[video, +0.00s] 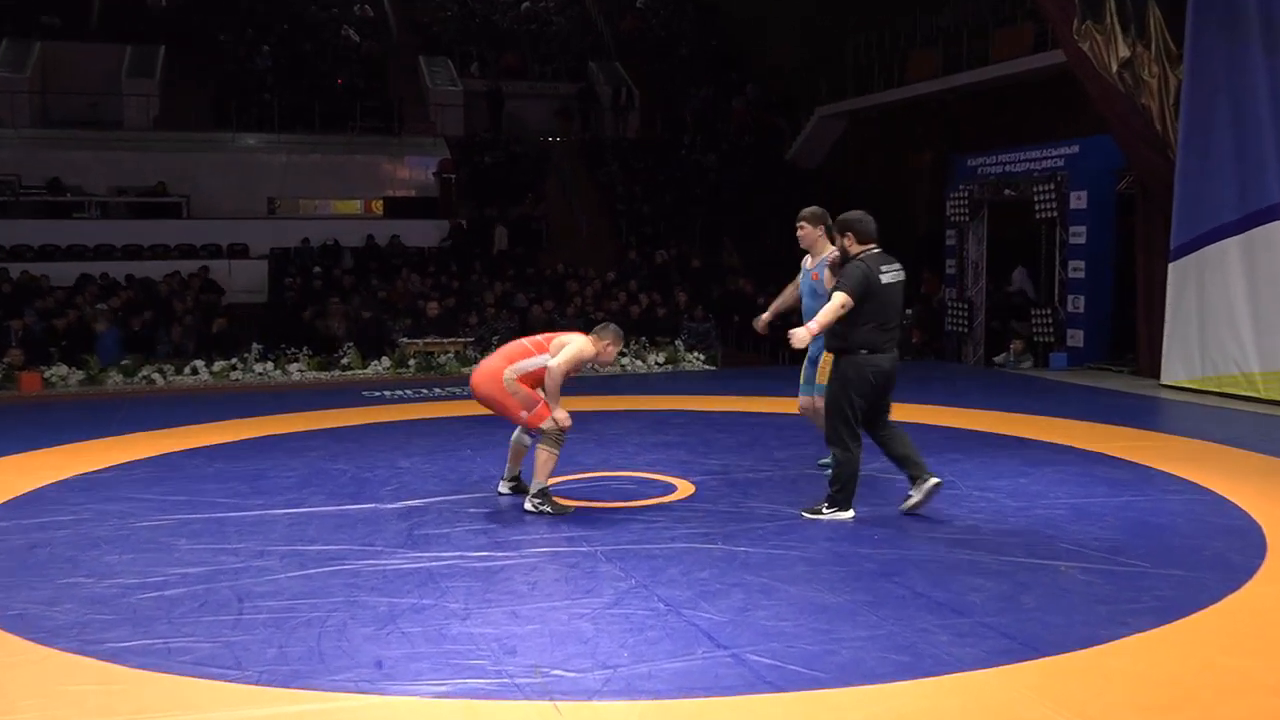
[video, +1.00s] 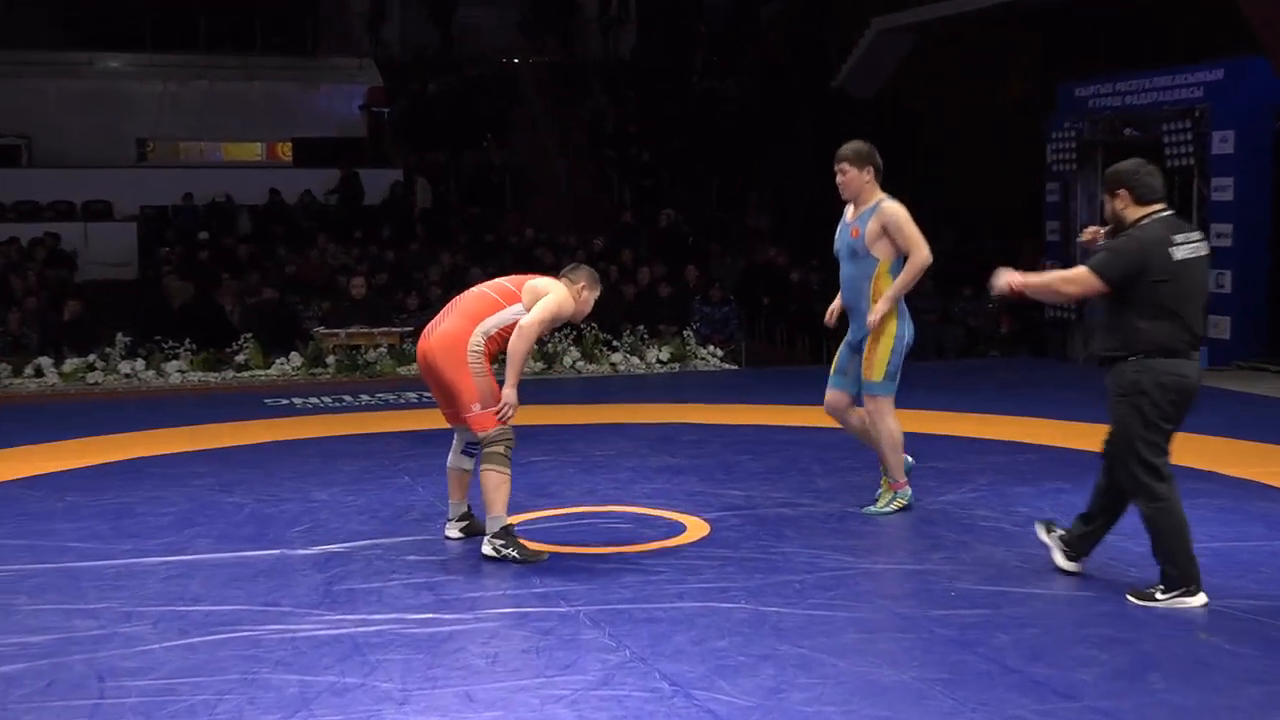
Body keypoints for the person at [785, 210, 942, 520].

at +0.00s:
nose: (839, 245)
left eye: (840, 240)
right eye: (838, 240)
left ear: (850, 238)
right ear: (873, 237)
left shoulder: (858, 269)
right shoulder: (892, 265)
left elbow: (838, 304)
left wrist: (809, 329)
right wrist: (834, 268)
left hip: (855, 363)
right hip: (885, 360)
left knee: (843, 434)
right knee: (877, 423)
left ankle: (839, 503)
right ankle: (922, 477)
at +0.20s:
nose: (885, 244)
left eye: (886, 239)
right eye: (885, 239)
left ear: (898, 237)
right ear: (921, 236)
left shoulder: (899, 272)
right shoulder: (946, 267)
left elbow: (851, 298)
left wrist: (801, 298)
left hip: (897, 370)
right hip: (934, 367)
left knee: (868, 438)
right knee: (931, 435)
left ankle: (846, 508)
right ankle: (959, 509)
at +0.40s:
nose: (934, 231)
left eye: (935, 225)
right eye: (933, 225)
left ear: (947, 222)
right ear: (973, 220)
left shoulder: (945, 255)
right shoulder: (1000, 255)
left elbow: (893, 271)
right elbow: (960, 273)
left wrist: (867, 252)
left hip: (950, 363)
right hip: (989, 360)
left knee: (915, 436)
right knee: (973, 439)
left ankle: (904, 519)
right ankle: (980, 523)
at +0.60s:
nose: (987, 220)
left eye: (988, 214)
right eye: (988, 213)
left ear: (1001, 212)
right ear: (1030, 211)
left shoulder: (998, 246)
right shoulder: (1056, 248)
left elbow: (940, 261)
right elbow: (1005, 267)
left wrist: (908, 239)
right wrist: (967, 245)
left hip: (1001, 362)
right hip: (1041, 361)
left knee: (981, 446)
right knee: (1017, 447)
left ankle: (1029, 528)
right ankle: (1003, 529)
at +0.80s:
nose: (1044, 216)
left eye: (1045, 210)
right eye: (1042, 210)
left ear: (1059, 208)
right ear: (1091, 207)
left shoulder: (1062, 249)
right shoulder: (1118, 248)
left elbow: (999, 266)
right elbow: (1061, 261)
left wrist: (961, 237)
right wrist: (1020, 236)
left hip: (1064, 373)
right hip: (1101, 370)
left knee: (1065, 464)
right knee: (1057, 459)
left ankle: (1133, 553)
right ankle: (1029, 544)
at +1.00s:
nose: (1110, 207)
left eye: (1110, 200)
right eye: (1109, 200)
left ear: (1125, 198)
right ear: (1157, 195)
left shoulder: (1135, 245)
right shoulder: (1189, 234)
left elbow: (1074, 285)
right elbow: (1147, 257)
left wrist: (1018, 281)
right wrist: (1108, 242)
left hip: (1143, 374)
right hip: (1181, 372)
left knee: (1146, 473)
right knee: (1121, 464)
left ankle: (1182, 584)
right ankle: (1074, 545)